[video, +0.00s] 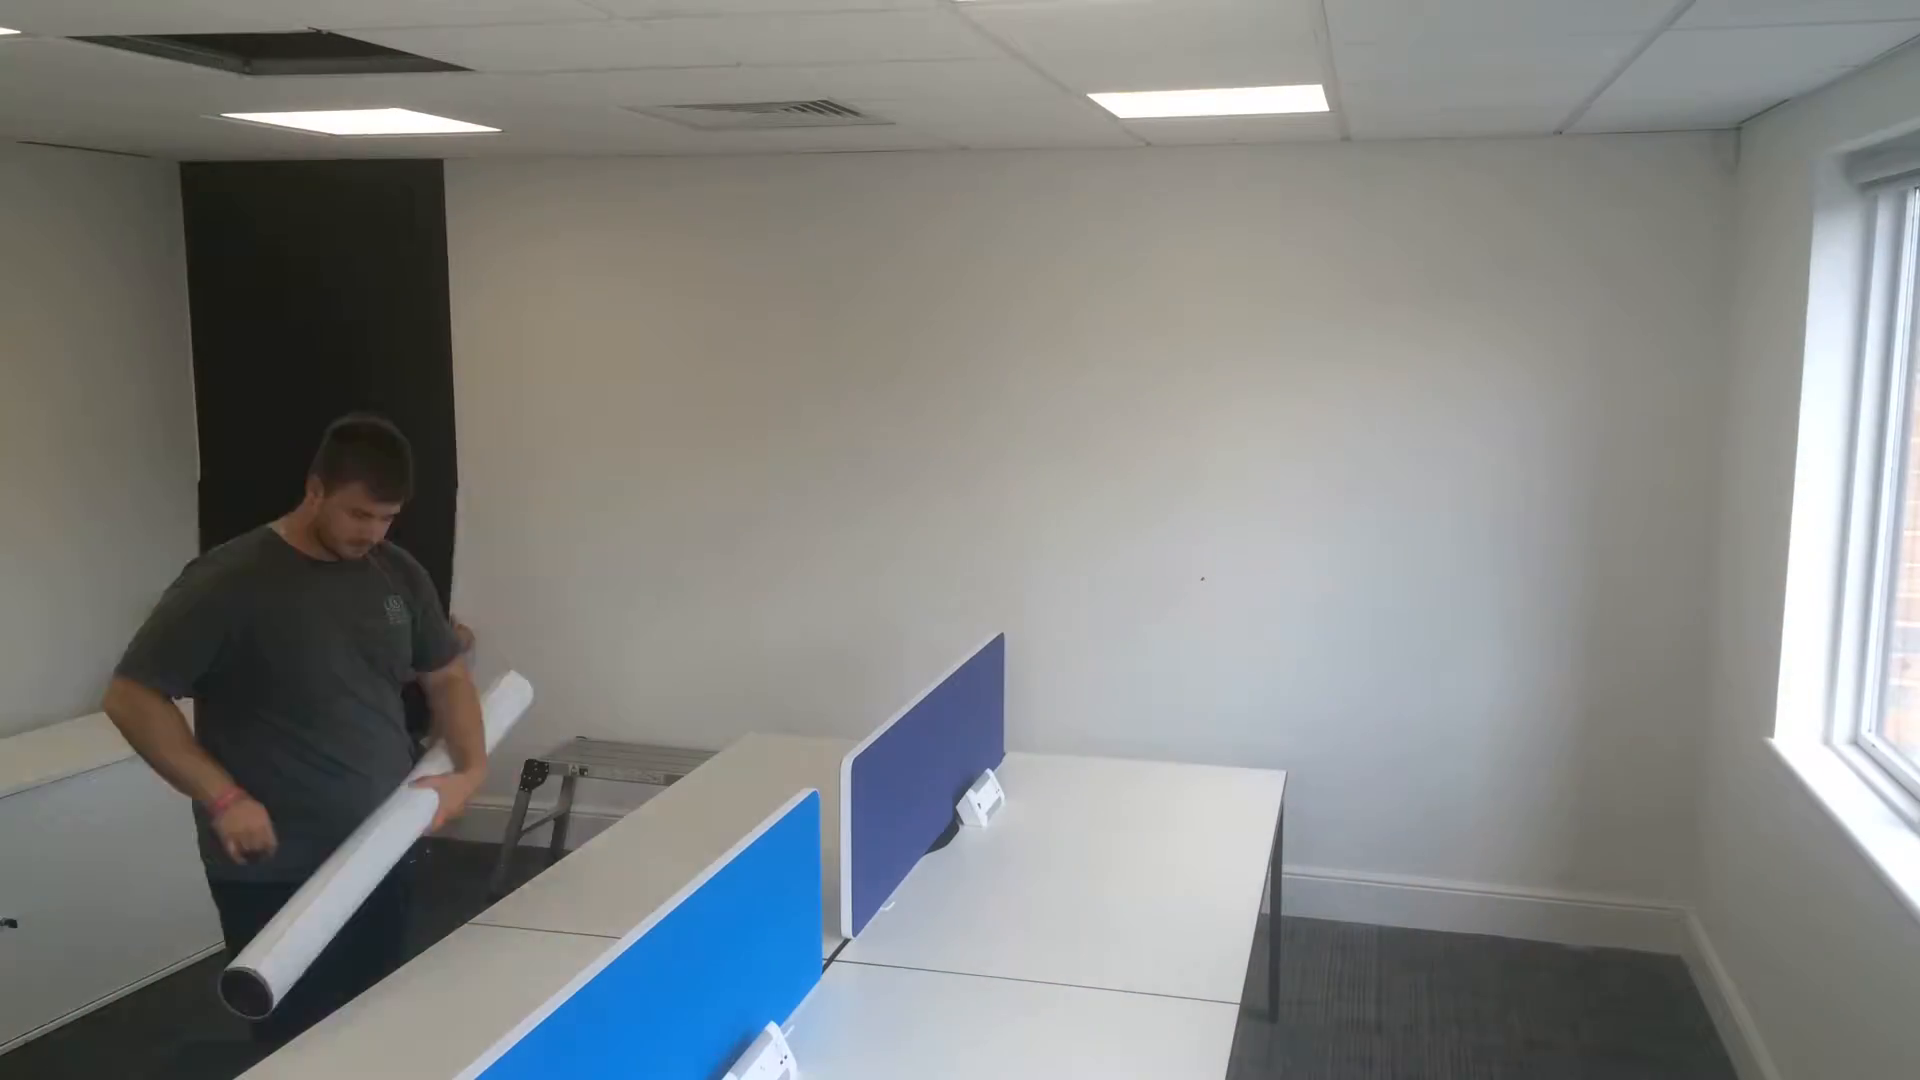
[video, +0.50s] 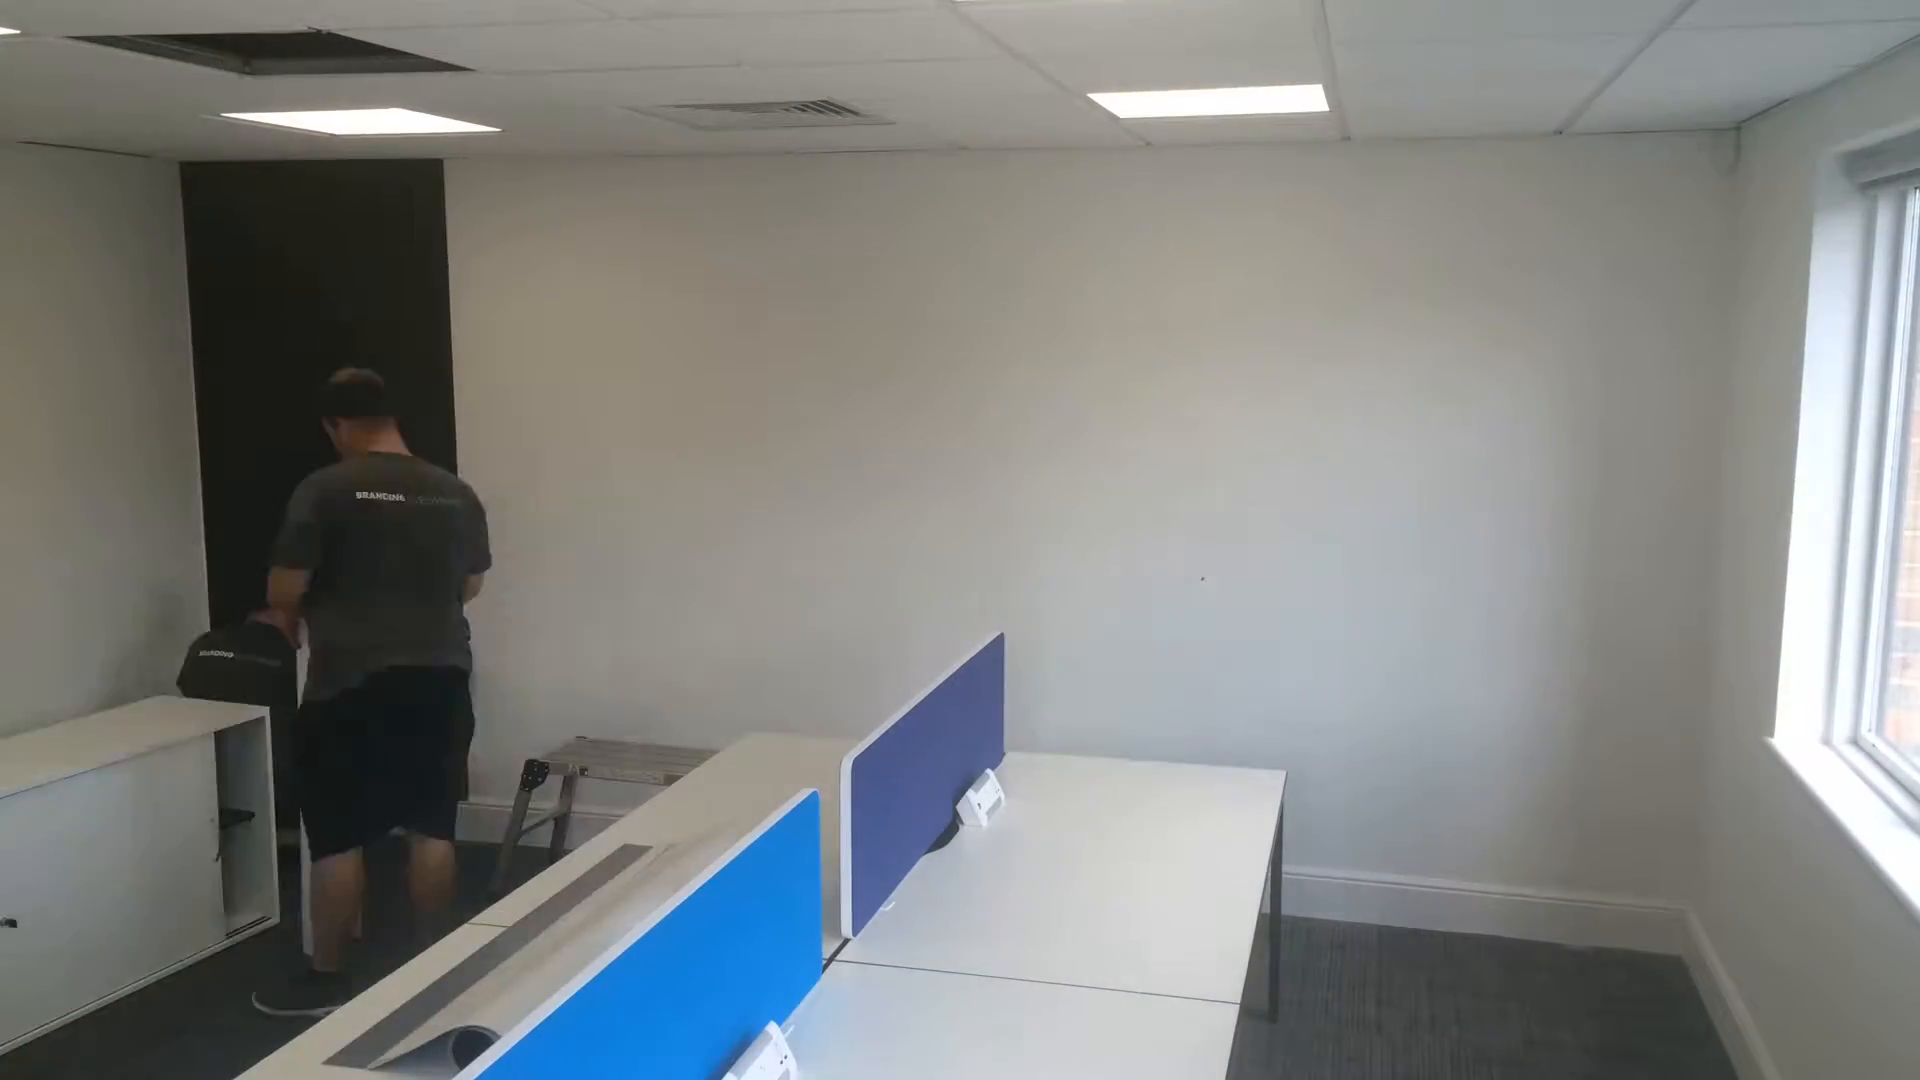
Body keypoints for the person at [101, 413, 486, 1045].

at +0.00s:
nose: (374, 533)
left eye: (387, 518)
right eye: (360, 516)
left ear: (399, 507)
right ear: (314, 489)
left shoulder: (397, 576)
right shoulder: (226, 581)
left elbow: (447, 674)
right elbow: (130, 695)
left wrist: (471, 769)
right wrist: (223, 797)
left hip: (379, 858)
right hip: (271, 873)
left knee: (383, 1033)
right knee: (294, 1048)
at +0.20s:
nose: (392, 687)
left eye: (407, 671)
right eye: (377, 667)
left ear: (424, 650)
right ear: (337, 630)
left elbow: (458, 790)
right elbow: (249, 878)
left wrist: (453, 925)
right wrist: (349, 987)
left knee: (348, 1057)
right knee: (223, 1066)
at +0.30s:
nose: (504, 642)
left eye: (515, 632)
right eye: (511, 626)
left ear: (483, 591)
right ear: (485, 593)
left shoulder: (441, 627)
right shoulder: (377, 651)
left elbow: (483, 744)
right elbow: (428, 818)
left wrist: (531, 861)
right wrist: (514, 901)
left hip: (318, 880)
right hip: (233, 888)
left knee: (331, 1052)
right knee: (239, 1064)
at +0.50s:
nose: (333, 441)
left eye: (330, 432)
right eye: (335, 432)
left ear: (338, 428)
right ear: (395, 418)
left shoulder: (324, 491)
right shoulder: (455, 491)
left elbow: (285, 591)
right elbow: (469, 584)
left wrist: (288, 623)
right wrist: (412, 607)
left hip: (349, 688)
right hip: (440, 684)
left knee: (337, 838)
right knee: (433, 828)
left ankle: (326, 980)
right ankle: (436, 973)